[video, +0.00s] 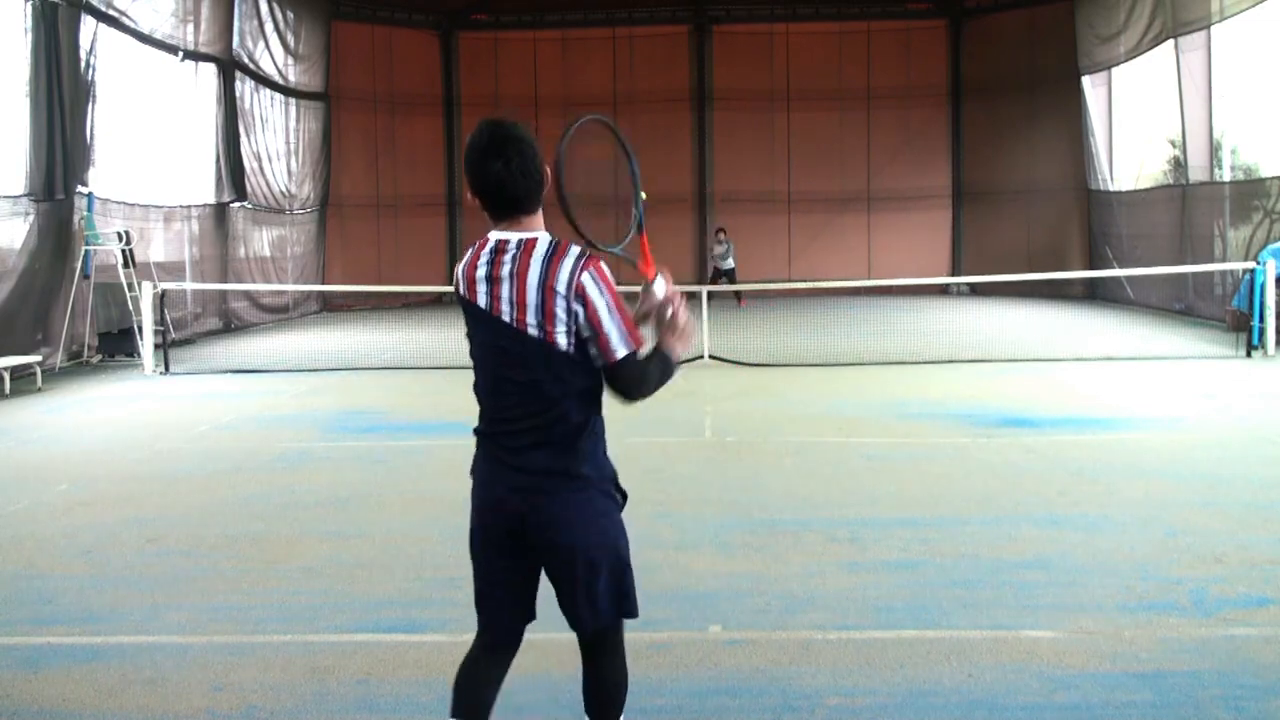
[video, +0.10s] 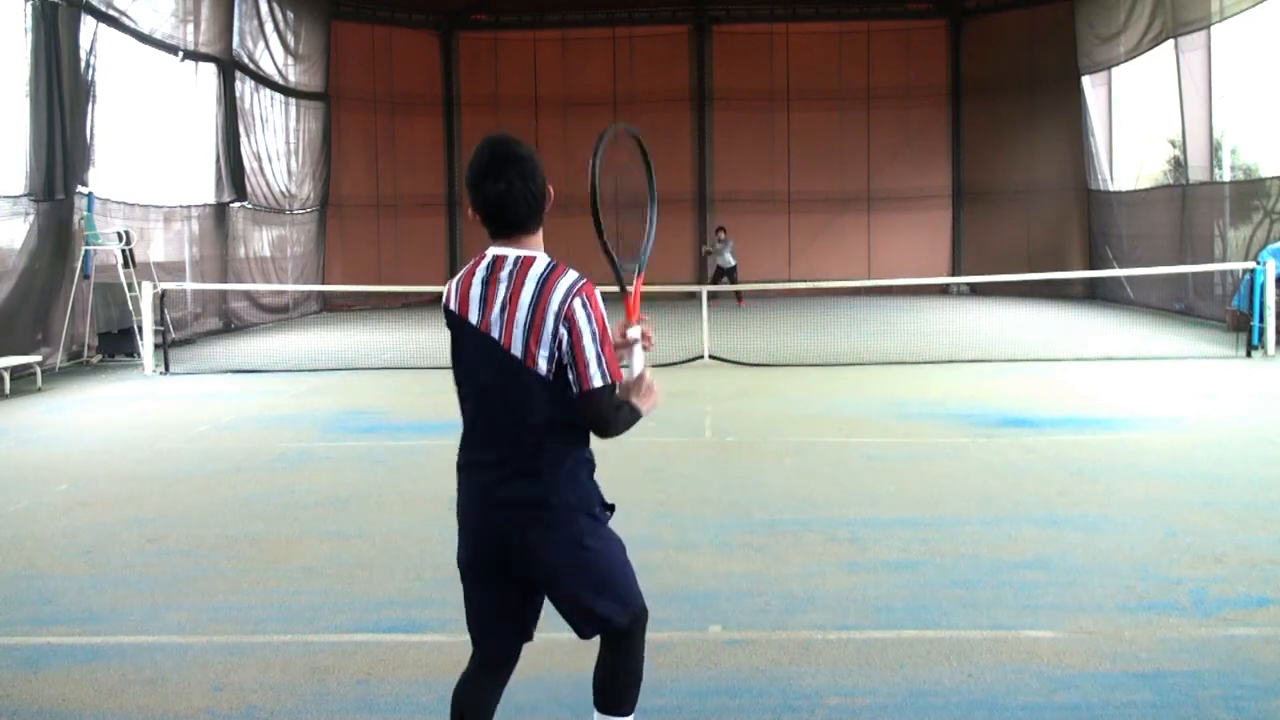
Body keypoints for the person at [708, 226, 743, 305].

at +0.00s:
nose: (720, 237)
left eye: (722, 235)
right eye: (719, 235)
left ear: (725, 236)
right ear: (716, 236)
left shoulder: (729, 245)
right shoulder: (714, 245)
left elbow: (726, 256)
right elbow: (712, 257)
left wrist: (716, 257)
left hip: (729, 267)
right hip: (718, 268)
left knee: (734, 285)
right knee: (711, 285)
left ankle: (740, 300)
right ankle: (708, 301)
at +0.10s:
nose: (720, 236)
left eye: (722, 233)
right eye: (719, 234)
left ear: (725, 234)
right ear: (716, 235)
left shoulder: (728, 242)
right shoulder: (715, 243)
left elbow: (724, 252)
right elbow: (712, 250)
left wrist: (713, 251)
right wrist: (707, 251)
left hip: (730, 266)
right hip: (720, 266)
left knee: (734, 284)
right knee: (713, 284)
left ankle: (740, 300)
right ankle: (712, 300)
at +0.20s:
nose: (720, 235)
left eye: (721, 233)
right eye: (718, 234)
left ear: (724, 234)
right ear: (716, 235)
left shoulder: (727, 242)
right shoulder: (716, 243)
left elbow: (721, 251)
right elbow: (710, 249)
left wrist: (708, 250)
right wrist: (701, 248)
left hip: (731, 265)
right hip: (721, 266)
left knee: (734, 283)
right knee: (715, 283)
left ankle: (740, 300)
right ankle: (716, 299)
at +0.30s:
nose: (717, 236)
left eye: (719, 234)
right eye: (716, 234)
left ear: (722, 234)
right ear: (714, 236)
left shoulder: (724, 244)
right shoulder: (718, 244)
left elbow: (711, 250)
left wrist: (698, 250)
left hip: (730, 266)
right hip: (722, 267)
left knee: (733, 284)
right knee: (716, 283)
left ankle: (742, 300)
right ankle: (717, 300)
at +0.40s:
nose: (715, 237)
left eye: (717, 235)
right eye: (714, 236)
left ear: (720, 236)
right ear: (712, 237)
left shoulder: (722, 245)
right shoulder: (716, 246)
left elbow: (710, 252)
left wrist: (697, 253)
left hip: (729, 267)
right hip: (721, 268)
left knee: (733, 283)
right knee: (715, 283)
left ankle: (746, 297)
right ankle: (717, 300)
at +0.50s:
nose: (714, 239)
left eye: (716, 237)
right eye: (713, 237)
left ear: (719, 237)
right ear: (711, 238)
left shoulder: (720, 246)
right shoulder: (714, 247)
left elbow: (709, 255)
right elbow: (708, 255)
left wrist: (696, 257)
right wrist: (696, 257)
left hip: (729, 267)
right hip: (721, 269)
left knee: (732, 284)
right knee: (715, 284)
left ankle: (748, 297)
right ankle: (716, 300)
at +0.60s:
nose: (714, 239)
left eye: (715, 236)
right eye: (712, 237)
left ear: (719, 237)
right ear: (711, 238)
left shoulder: (721, 246)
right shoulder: (714, 247)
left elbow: (709, 253)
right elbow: (709, 254)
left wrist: (698, 255)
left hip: (728, 267)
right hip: (720, 269)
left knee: (732, 284)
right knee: (715, 284)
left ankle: (748, 298)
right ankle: (717, 300)